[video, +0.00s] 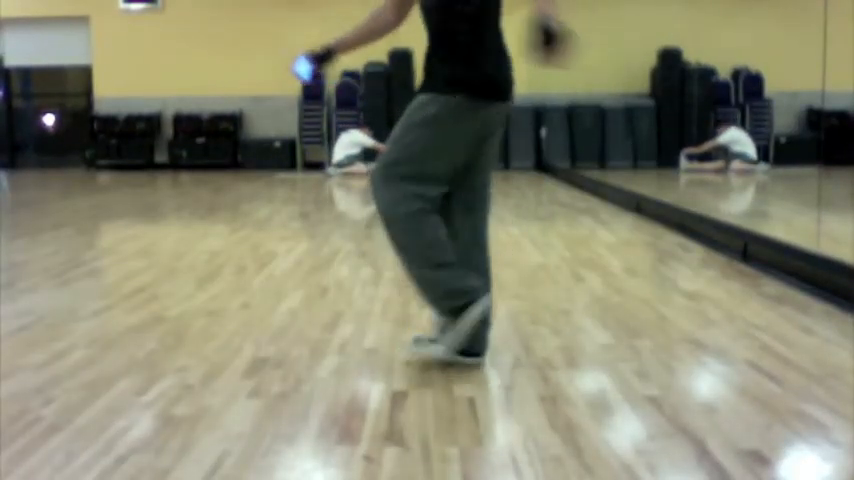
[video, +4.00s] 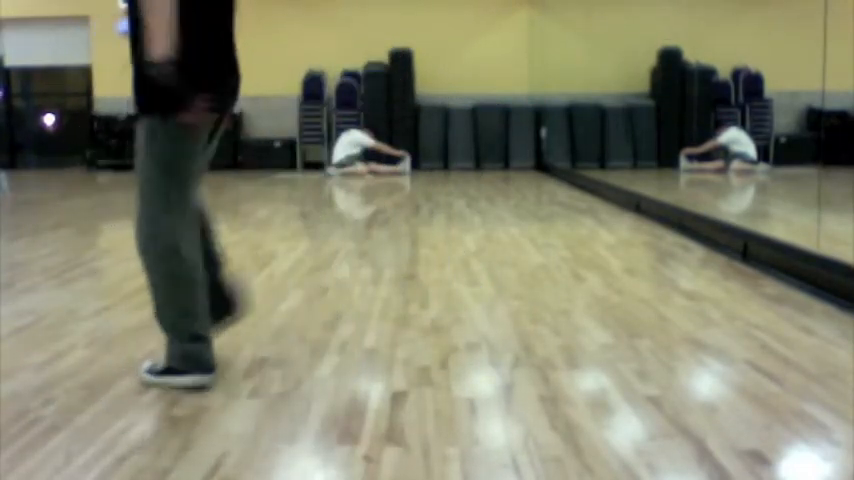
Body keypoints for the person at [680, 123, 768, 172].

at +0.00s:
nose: (719, 133)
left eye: (720, 130)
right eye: (719, 131)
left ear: (725, 128)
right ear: (728, 126)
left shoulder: (731, 132)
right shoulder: (733, 132)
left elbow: (709, 146)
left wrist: (689, 151)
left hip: (746, 160)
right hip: (734, 159)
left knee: (733, 168)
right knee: (714, 166)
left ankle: (753, 171)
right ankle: (690, 166)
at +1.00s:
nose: (719, 135)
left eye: (720, 132)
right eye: (719, 133)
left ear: (724, 129)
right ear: (727, 127)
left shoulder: (731, 132)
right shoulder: (733, 132)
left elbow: (711, 145)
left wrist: (688, 151)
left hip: (744, 159)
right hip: (734, 159)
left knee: (733, 168)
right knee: (716, 165)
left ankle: (755, 171)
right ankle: (695, 166)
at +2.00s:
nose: (719, 135)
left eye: (719, 132)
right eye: (719, 133)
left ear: (723, 129)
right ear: (727, 127)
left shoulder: (732, 132)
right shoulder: (734, 132)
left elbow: (710, 146)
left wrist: (688, 151)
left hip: (744, 159)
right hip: (734, 159)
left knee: (733, 170)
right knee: (715, 165)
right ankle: (692, 166)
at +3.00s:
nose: (719, 135)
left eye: (720, 133)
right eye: (719, 133)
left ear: (723, 129)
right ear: (727, 127)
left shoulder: (731, 132)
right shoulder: (734, 132)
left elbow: (709, 147)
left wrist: (687, 151)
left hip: (744, 159)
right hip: (735, 159)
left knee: (733, 170)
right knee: (715, 165)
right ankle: (691, 166)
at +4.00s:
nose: (719, 135)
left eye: (720, 133)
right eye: (719, 133)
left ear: (723, 129)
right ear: (727, 127)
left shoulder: (731, 132)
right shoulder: (734, 132)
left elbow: (710, 146)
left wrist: (688, 151)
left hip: (744, 160)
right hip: (735, 159)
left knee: (733, 169)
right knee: (715, 165)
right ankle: (692, 166)